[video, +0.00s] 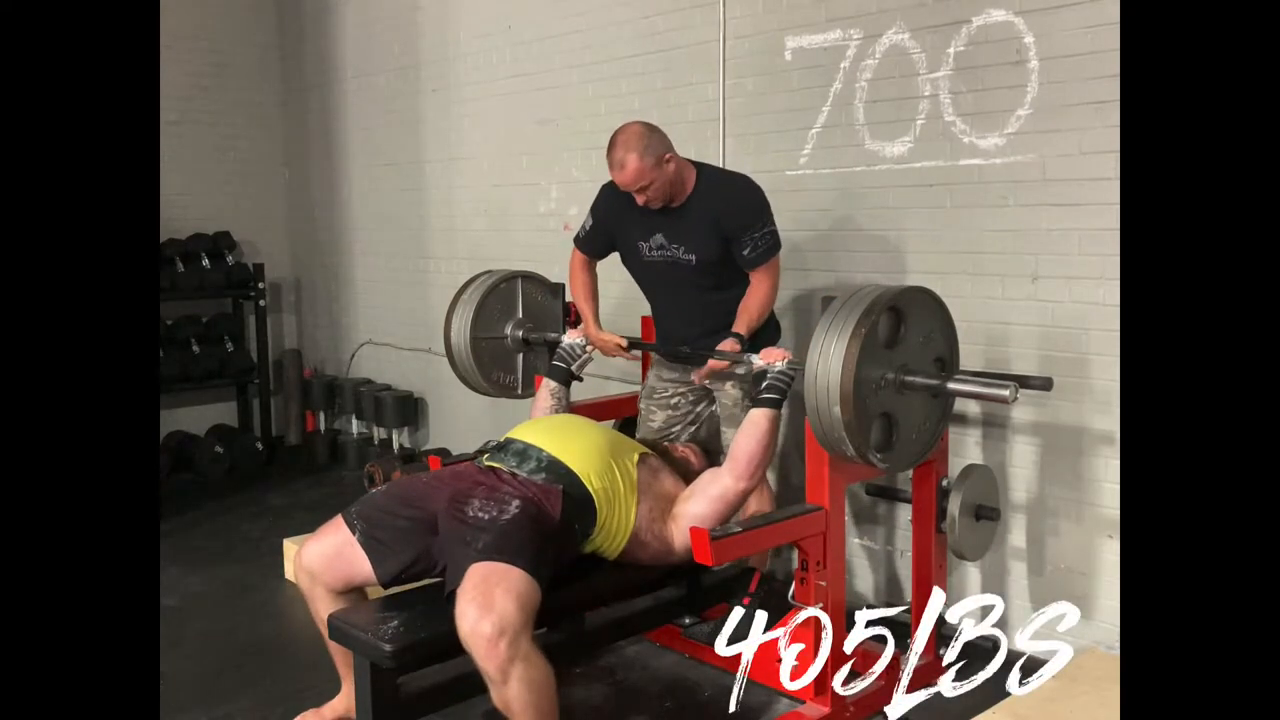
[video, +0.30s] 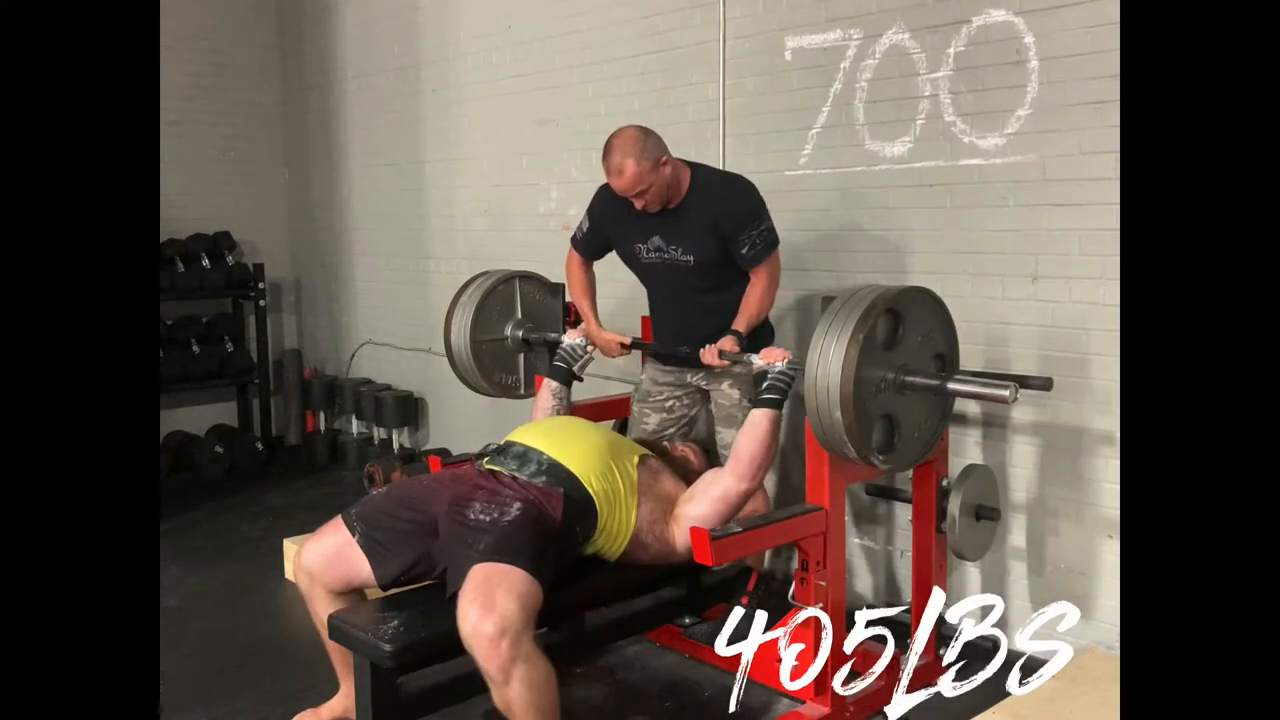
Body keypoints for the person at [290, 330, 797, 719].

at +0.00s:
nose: (684, 445)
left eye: (695, 450)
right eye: (681, 441)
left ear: (702, 475)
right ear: (659, 445)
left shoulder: (677, 513)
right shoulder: (598, 447)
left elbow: (741, 474)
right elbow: (535, 434)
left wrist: (768, 394)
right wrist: (558, 370)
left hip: (525, 499)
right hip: (455, 477)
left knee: (490, 628)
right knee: (315, 561)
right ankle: (354, 693)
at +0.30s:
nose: (681, 447)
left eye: (692, 451)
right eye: (677, 443)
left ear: (701, 476)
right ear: (657, 447)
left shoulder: (679, 512)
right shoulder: (597, 448)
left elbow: (744, 473)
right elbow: (537, 432)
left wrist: (771, 391)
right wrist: (560, 367)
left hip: (524, 502)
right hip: (455, 479)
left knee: (492, 628)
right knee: (314, 562)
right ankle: (352, 694)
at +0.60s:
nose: (681, 445)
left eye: (692, 451)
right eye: (678, 442)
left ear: (701, 476)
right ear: (658, 446)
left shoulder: (679, 511)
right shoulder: (599, 449)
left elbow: (744, 472)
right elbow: (536, 438)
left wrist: (772, 393)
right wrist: (560, 371)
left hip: (525, 502)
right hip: (454, 481)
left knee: (491, 628)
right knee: (313, 562)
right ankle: (350, 695)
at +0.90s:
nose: (681, 441)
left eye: (692, 447)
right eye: (678, 438)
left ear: (700, 474)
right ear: (656, 444)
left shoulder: (680, 510)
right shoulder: (597, 450)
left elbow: (745, 475)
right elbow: (536, 433)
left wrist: (772, 390)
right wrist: (561, 368)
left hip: (529, 505)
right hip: (458, 483)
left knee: (488, 628)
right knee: (309, 561)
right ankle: (345, 697)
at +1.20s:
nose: (680, 440)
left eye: (691, 447)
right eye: (676, 437)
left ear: (700, 474)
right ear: (656, 445)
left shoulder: (681, 510)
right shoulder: (597, 452)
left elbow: (745, 473)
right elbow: (540, 430)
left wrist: (771, 390)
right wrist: (561, 367)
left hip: (528, 507)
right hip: (458, 484)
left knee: (488, 630)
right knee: (307, 561)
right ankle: (344, 697)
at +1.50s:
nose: (679, 441)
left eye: (690, 448)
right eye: (677, 438)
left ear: (699, 475)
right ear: (655, 443)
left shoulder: (679, 508)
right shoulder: (596, 449)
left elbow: (745, 475)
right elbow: (534, 436)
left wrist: (770, 392)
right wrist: (559, 370)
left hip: (528, 503)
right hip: (457, 481)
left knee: (489, 628)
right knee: (311, 561)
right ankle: (343, 697)